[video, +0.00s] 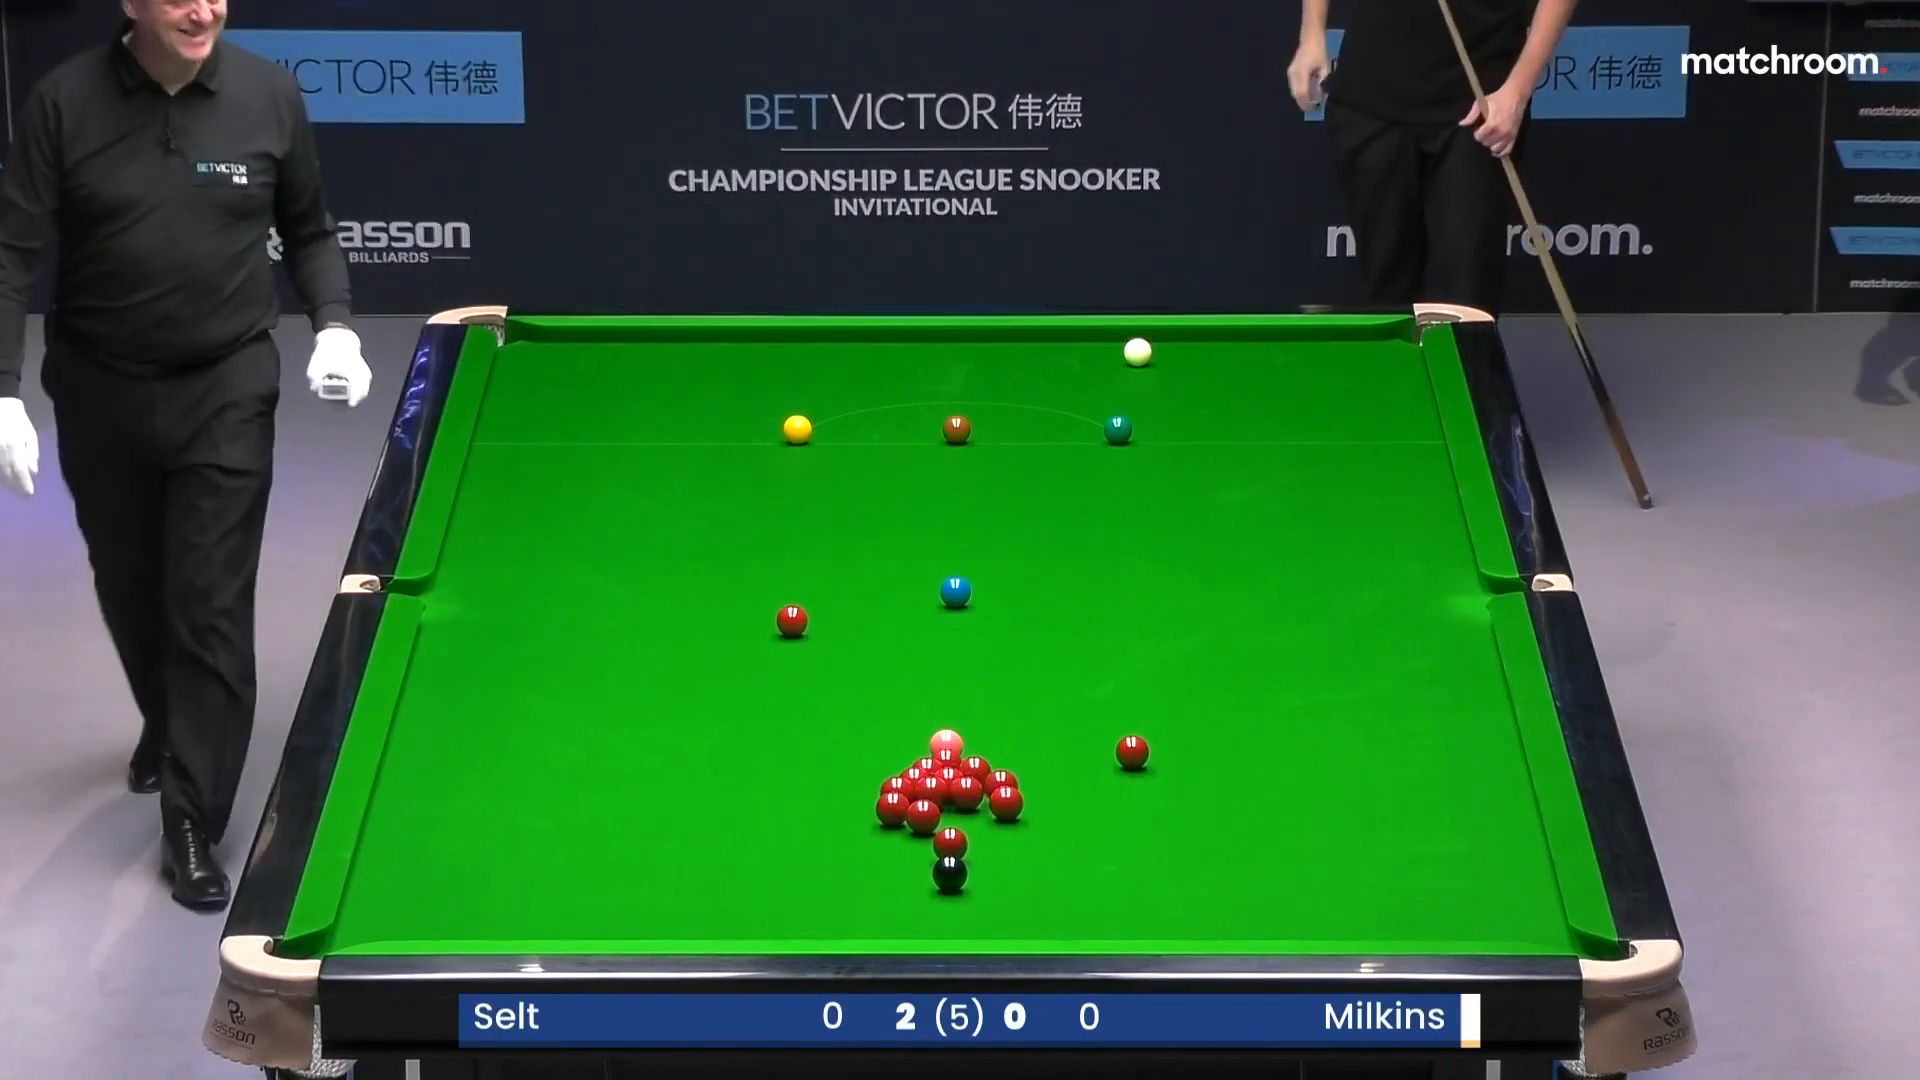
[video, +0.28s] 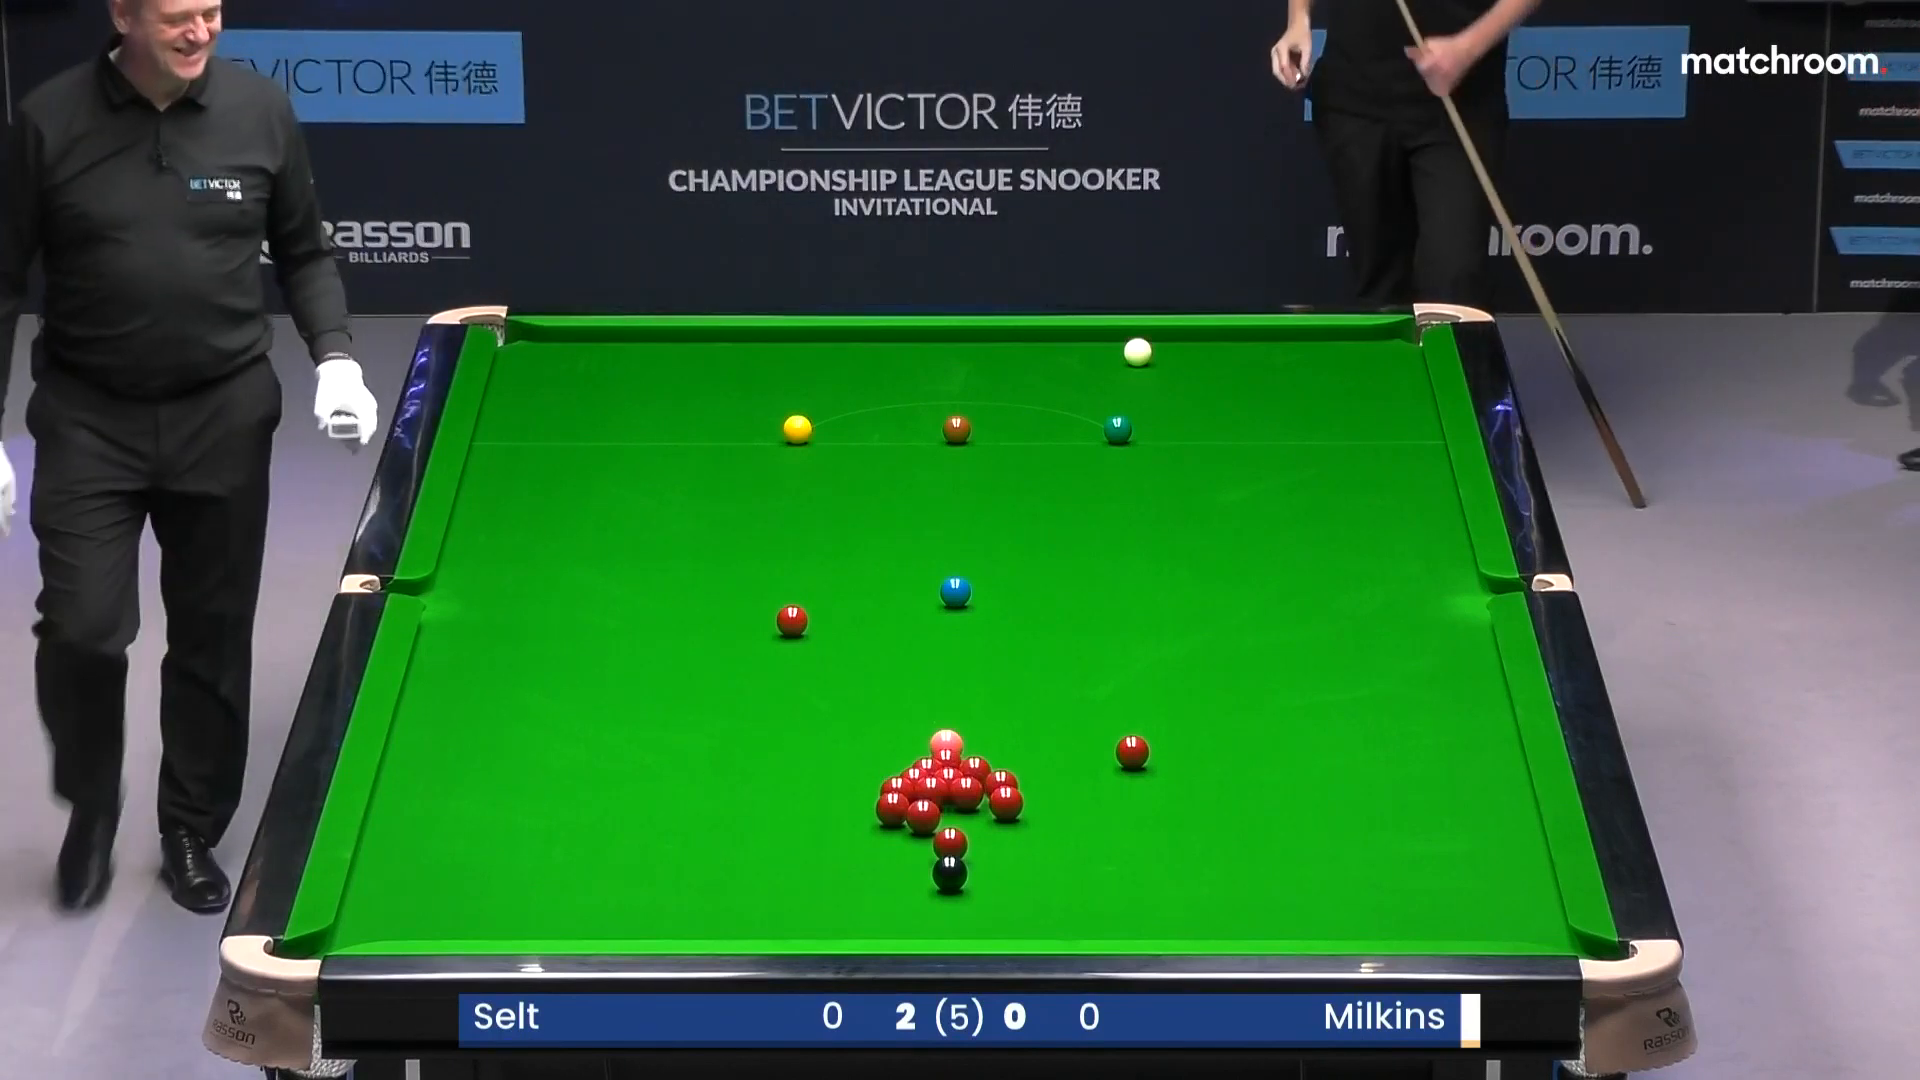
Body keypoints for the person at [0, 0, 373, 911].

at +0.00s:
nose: (205, 10)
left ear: (227, 4)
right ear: (135, 6)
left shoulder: (268, 96)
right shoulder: (61, 104)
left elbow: (309, 225)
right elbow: (14, 257)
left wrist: (336, 326)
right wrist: (5, 391)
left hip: (226, 382)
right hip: (99, 389)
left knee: (207, 605)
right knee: (129, 586)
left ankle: (194, 818)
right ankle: (163, 720)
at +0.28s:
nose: (199, 32)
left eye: (211, 14)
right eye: (179, 15)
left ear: (222, 16)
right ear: (123, 16)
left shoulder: (260, 109)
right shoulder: (45, 123)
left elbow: (307, 248)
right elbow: (8, 290)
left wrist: (336, 358)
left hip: (223, 415)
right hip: (86, 417)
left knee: (214, 637)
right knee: (81, 633)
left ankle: (191, 828)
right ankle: (89, 803)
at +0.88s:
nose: (184, 126)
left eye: (192, 106)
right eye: (164, 112)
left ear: (196, 96)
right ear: (96, 107)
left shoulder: (207, 182)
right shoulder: (18, 214)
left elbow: (248, 331)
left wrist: (324, 445)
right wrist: (17, 494)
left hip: (193, 514)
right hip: (55, 533)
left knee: (232, 723)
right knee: (63, 760)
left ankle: (175, 919)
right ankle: (76, 959)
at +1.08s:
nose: (222, 166)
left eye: (230, 146)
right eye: (204, 149)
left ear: (227, 135)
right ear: (131, 142)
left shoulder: (228, 221)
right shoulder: (50, 249)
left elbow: (248, 363)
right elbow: (18, 426)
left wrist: (322, 460)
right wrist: (133, 481)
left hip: (211, 556)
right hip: (77, 565)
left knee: (206, 802)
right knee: (75, 784)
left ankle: (212, 1031)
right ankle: (81, 973)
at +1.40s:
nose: (303, 192)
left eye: (308, 172)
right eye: (287, 175)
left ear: (236, 167)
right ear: (215, 164)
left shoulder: (257, 250)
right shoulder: (120, 271)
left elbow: (262, 416)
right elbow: (131, 461)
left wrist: (337, 491)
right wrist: (288, 482)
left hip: (264, 578)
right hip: (158, 593)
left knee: (258, 825)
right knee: (204, 821)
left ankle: (228, 1048)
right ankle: (102, 974)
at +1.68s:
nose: (361, 230)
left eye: (368, 210)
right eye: (348, 210)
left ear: (285, 193)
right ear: (280, 192)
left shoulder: (250, 269)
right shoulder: (200, 311)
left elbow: (276, 449)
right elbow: (248, 506)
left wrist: (344, 544)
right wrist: (417, 514)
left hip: (258, 602)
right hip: (213, 619)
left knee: (269, 842)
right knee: (227, 861)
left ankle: (253, 1049)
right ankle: (211, 1058)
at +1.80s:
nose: (398, 243)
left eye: (404, 223)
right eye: (386, 223)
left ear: (318, 203)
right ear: (317, 204)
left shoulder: (261, 264)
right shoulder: (242, 317)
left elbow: (301, 442)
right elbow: (305, 518)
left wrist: (342, 548)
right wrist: (482, 520)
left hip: (253, 603)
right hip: (219, 622)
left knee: (258, 849)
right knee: (228, 865)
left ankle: (245, 1048)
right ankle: (211, 1058)